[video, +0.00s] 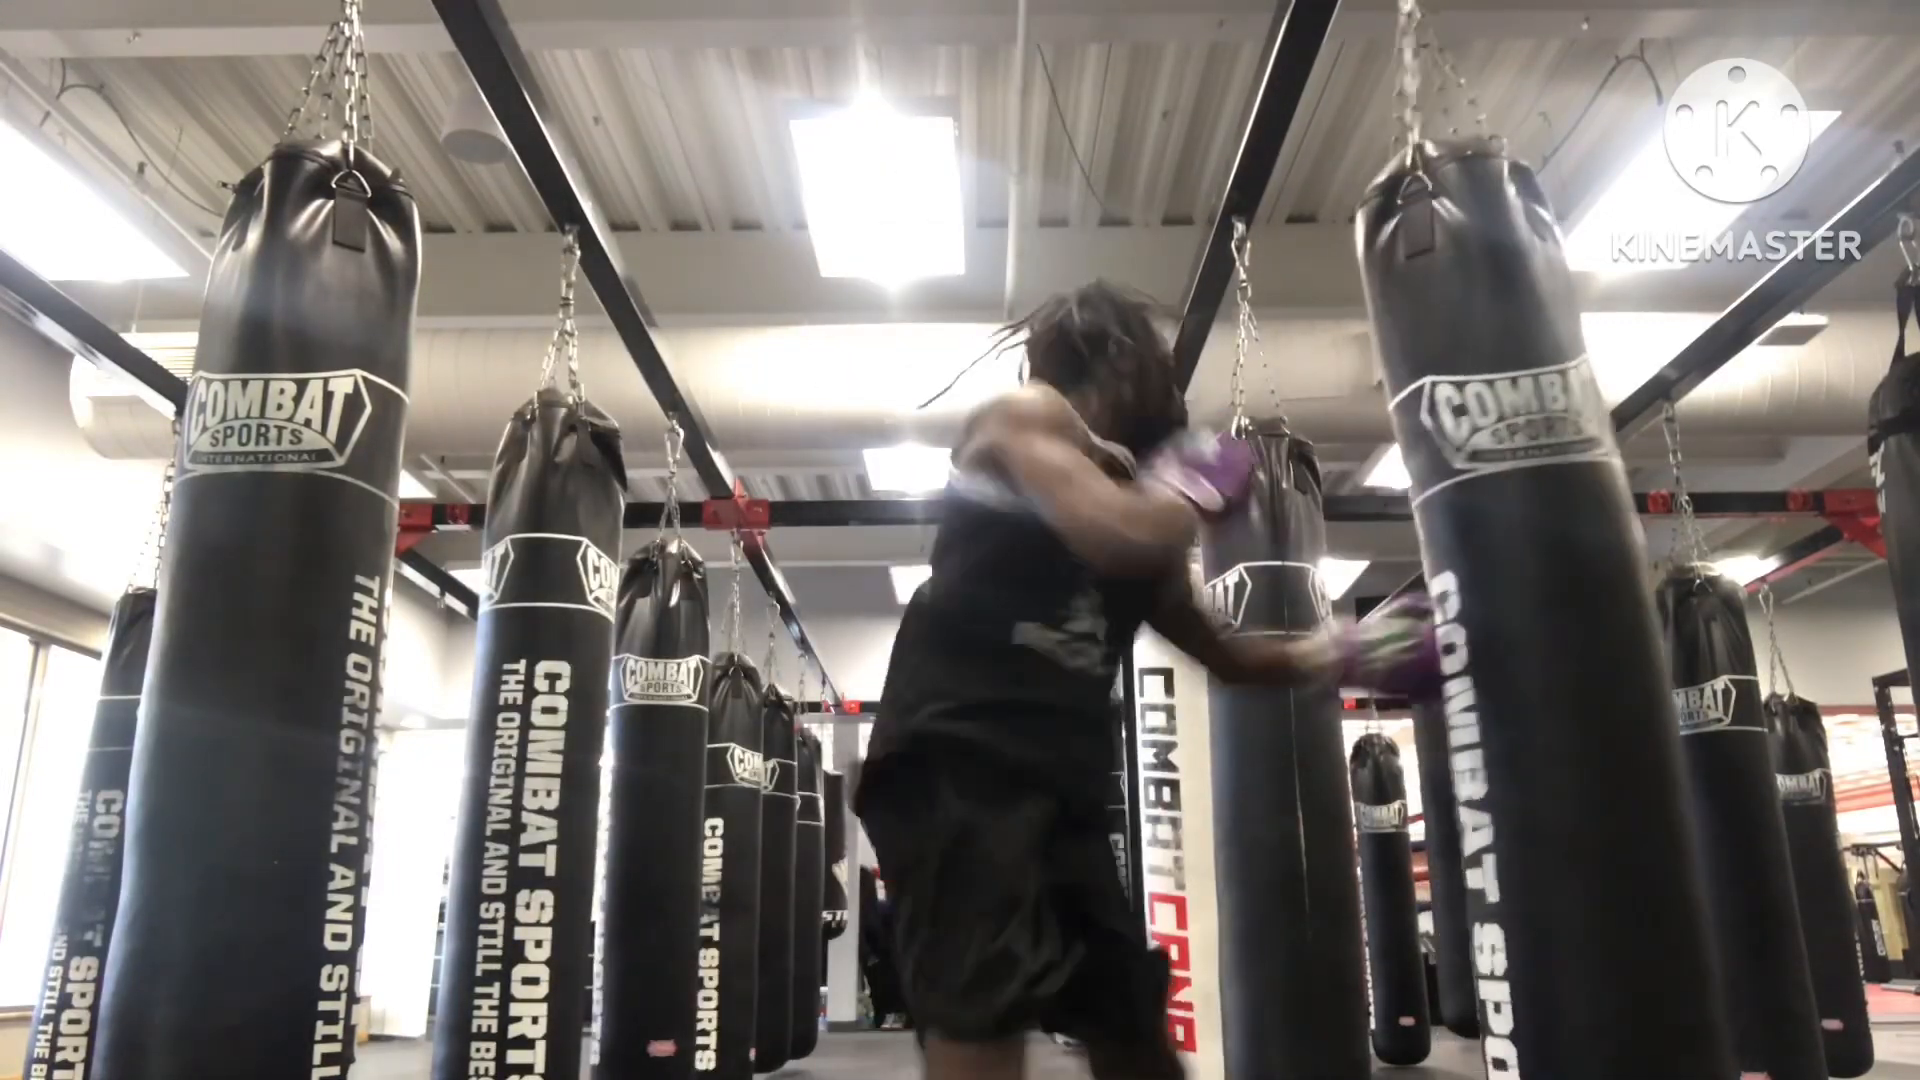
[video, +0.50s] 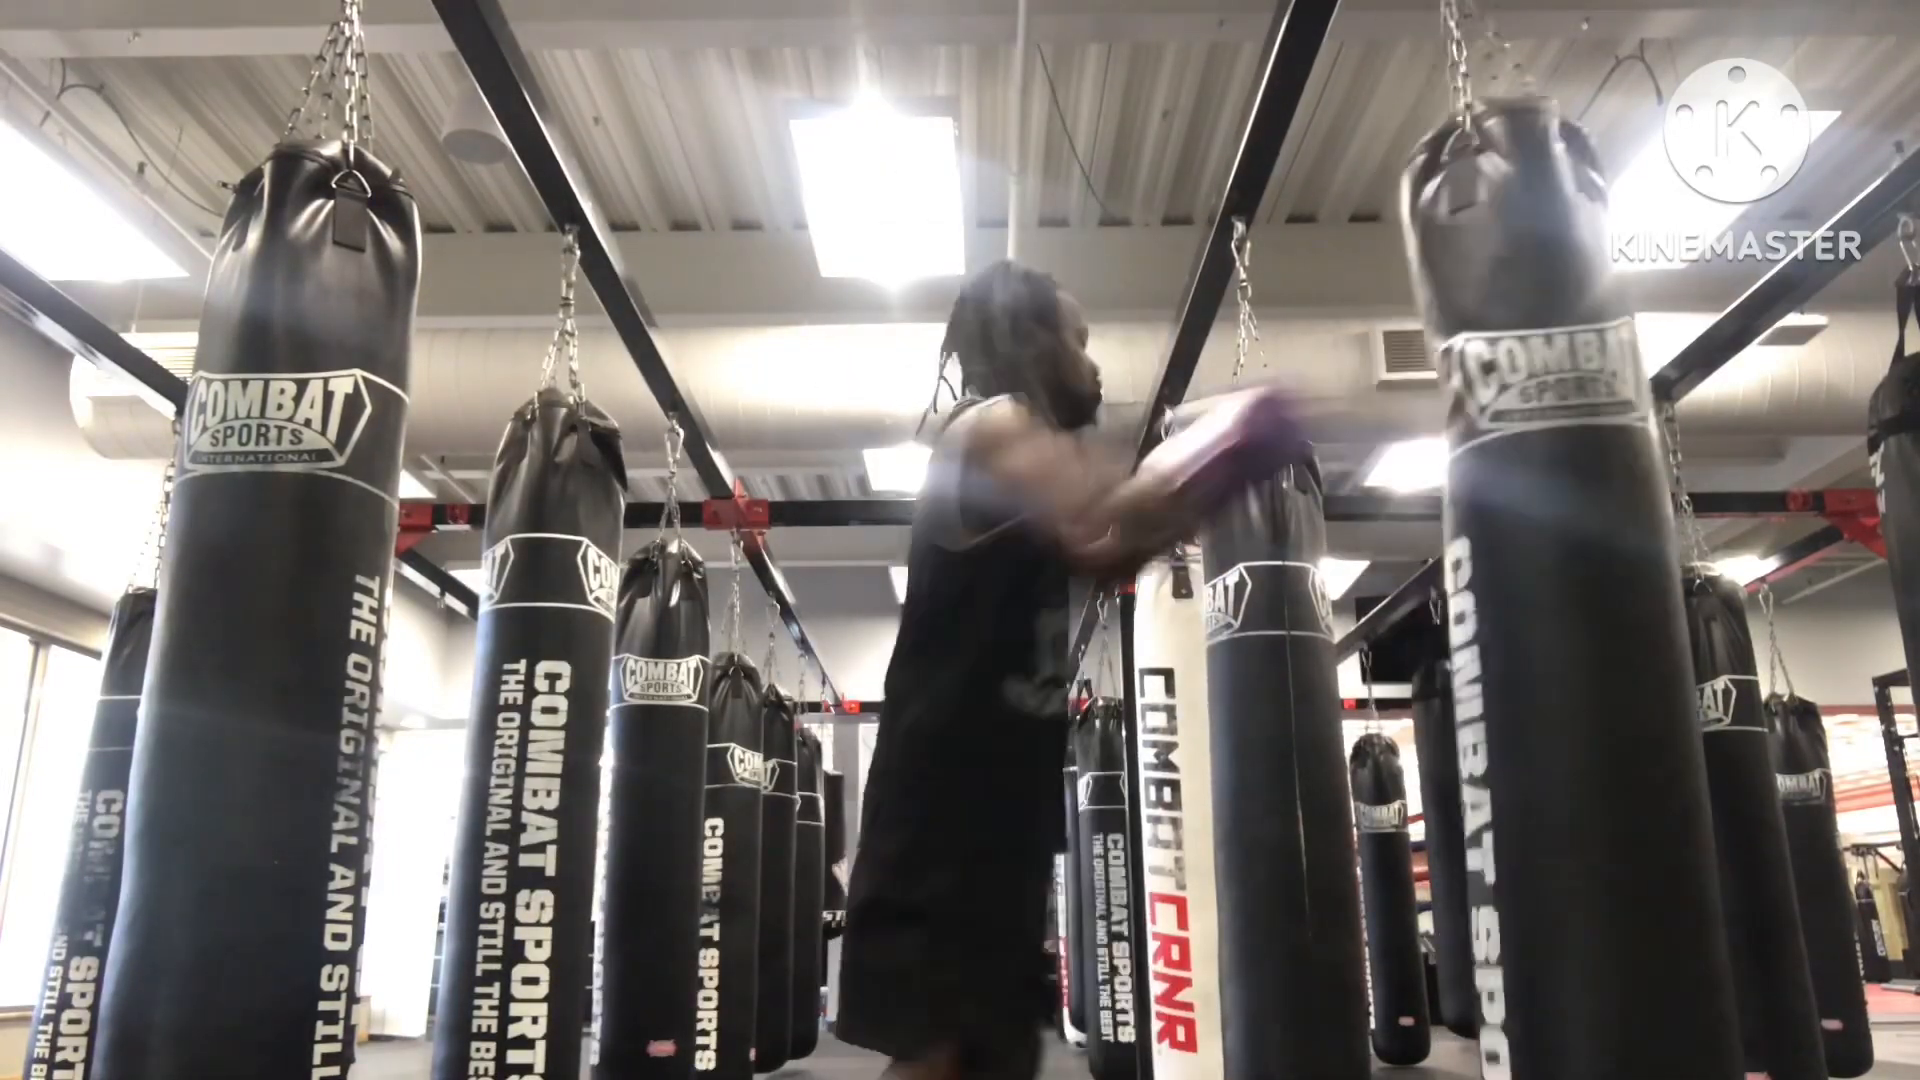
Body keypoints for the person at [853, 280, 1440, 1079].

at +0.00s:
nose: (1176, 386)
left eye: (1174, 366)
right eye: (1164, 362)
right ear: (1118, 358)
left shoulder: (1133, 490)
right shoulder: (1020, 413)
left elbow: (1223, 652)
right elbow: (1122, 533)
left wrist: (1348, 650)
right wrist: (1190, 485)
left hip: (1057, 787)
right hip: (953, 770)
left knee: (1133, 1039)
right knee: (977, 1042)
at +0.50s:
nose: (1094, 359)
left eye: (1088, 338)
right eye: (1079, 338)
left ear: (1007, 343)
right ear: (1030, 338)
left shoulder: (1028, 444)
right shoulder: (991, 426)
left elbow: (1099, 548)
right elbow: (1095, 510)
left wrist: (1222, 468)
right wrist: (1222, 442)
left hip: (997, 812)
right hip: (952, 811)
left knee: (993, 1043)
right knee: (945, 1046)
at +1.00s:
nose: (946, 352)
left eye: (944, 332)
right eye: (930, 329)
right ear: (875, 332)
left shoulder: (878, 463)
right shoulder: (792, 425)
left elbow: (894, 652)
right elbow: (811, 558)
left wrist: (977, 577)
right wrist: (918, 450)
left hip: (897, 763)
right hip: (814, 766)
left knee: (952, 1030)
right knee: (771, 1035)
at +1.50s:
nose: (853, 308)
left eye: (851, 286)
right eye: (835, 279)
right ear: (768, 276)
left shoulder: (772, 418)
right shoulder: (686, 375)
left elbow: (789, 617)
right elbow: (746, 543)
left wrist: (890, 526)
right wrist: (843, 437)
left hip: (796, 760)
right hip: (695, 765)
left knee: (916, 1038)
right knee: (672, 1048)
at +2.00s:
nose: (950, 315)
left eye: (949, 293)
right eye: (936, 288)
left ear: (870, 293)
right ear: (869, 281)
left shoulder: (864, 410)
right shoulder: (787, 367)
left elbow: (873, 613)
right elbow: (848, 540)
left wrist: (969, 532)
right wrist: (944, 429)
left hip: (876, 772)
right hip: (783, 771)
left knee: (960, 1047)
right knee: (728, 1046)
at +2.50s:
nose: (954, 278)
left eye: (954, 253)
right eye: (942, 248)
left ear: (879, 245)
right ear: (878, 237)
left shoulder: (849, 373)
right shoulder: (776, 318)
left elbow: (912, 555)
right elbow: (860, 513)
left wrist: (964, 451)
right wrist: (960, 420)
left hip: (872, 734)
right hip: (790, 738)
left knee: (1003, 1031)